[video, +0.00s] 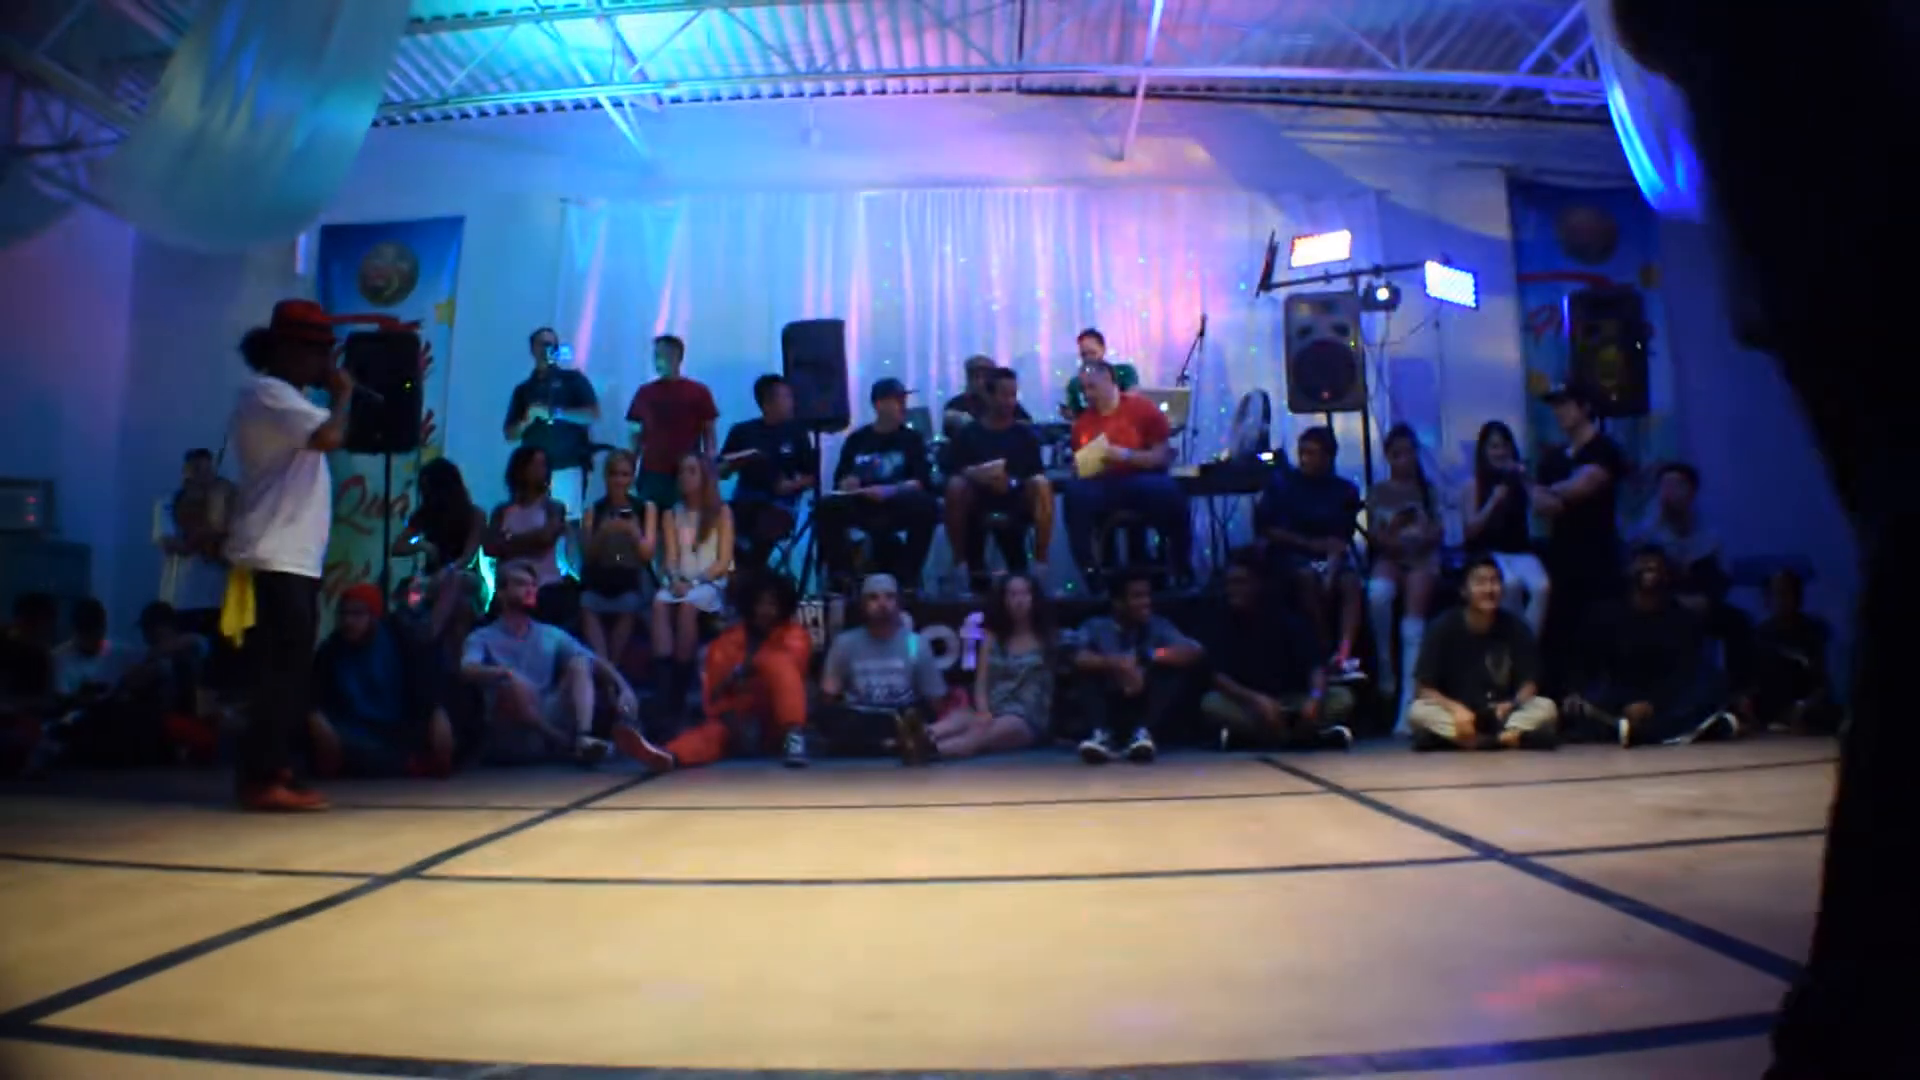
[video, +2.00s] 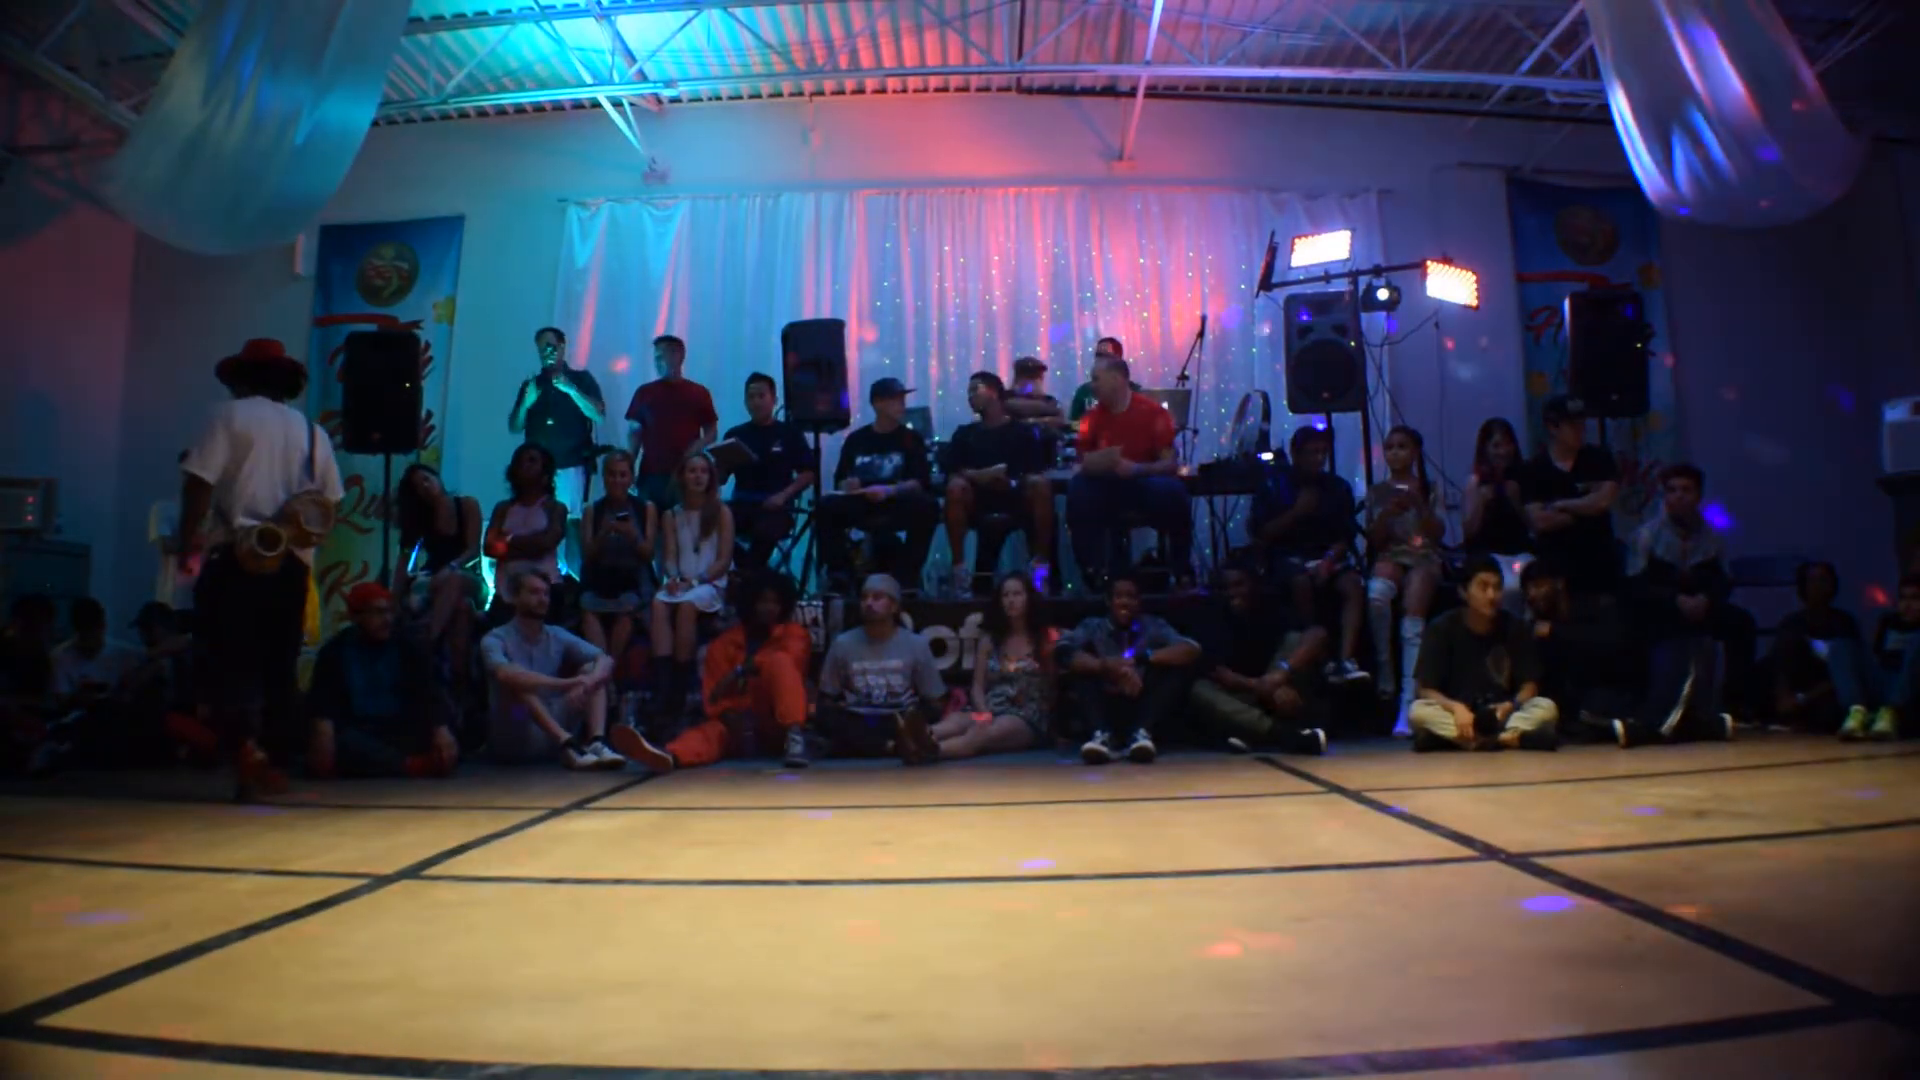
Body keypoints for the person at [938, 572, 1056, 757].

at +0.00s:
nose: (1020, 601)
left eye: (1026, 594)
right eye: (1013, 595)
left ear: (1034, 598)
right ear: (1004, 600)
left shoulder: (1045, 638)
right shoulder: (993, 638)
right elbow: (981, 682)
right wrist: (983, 713)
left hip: (1028, 713)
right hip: (993, 709)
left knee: (982, 737)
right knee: (960, 718)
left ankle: (933, 750)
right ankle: (924, 736)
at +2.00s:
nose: (1011, 600)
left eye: (1017, 594)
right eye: (1006, 595)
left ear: (1030, 598)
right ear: (999, 600)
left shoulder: (1044, 638)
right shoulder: (990, 640)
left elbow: (1053, 683)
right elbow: (978, 685)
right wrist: (983, 712)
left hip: (1030, 714)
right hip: (993, 710)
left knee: (980, 735)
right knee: (957, 720)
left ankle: (931, 751)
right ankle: (918, 736)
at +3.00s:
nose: (1015, 600)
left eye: (1020, 594)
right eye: (1009, 596)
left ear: (1030, 598)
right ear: (1001, 602)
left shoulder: (1043, 638)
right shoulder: (989, 640)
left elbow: (1053, 681)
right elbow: (978, 686)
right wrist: (984, 711)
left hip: (1029, 713)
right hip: (993, 711)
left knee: (980, 736)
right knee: (956, 720)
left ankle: (931, 752)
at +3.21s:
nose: (1017, 600)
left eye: (1022, 594)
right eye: (1011, 595)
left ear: (1032, 598)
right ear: (1002, 601)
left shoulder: (1045, 638)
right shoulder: (989, 639)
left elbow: (1054, 682)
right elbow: (977, 685)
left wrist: (1035, 682)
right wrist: (983, 712)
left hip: (1028, 712)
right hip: (991, 709)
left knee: (985, 735)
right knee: (956, 721)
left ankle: (934, 752)